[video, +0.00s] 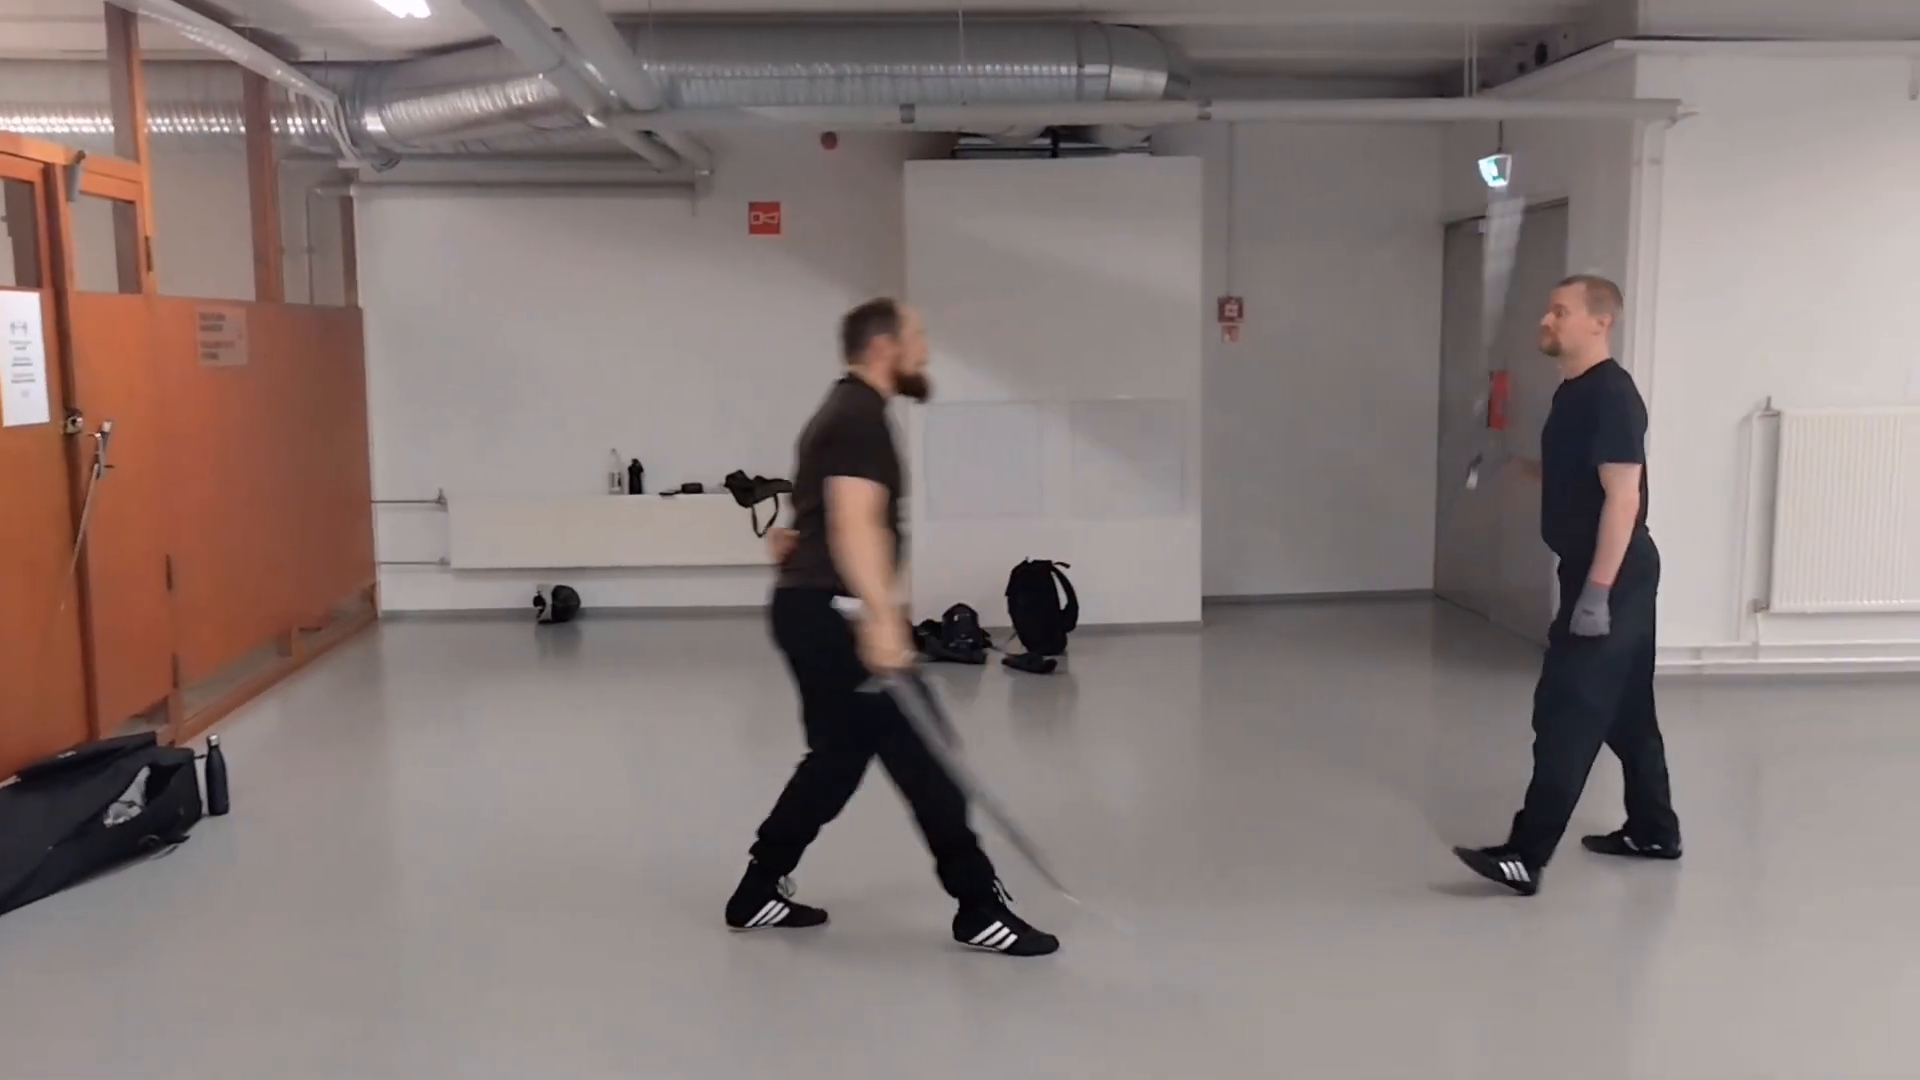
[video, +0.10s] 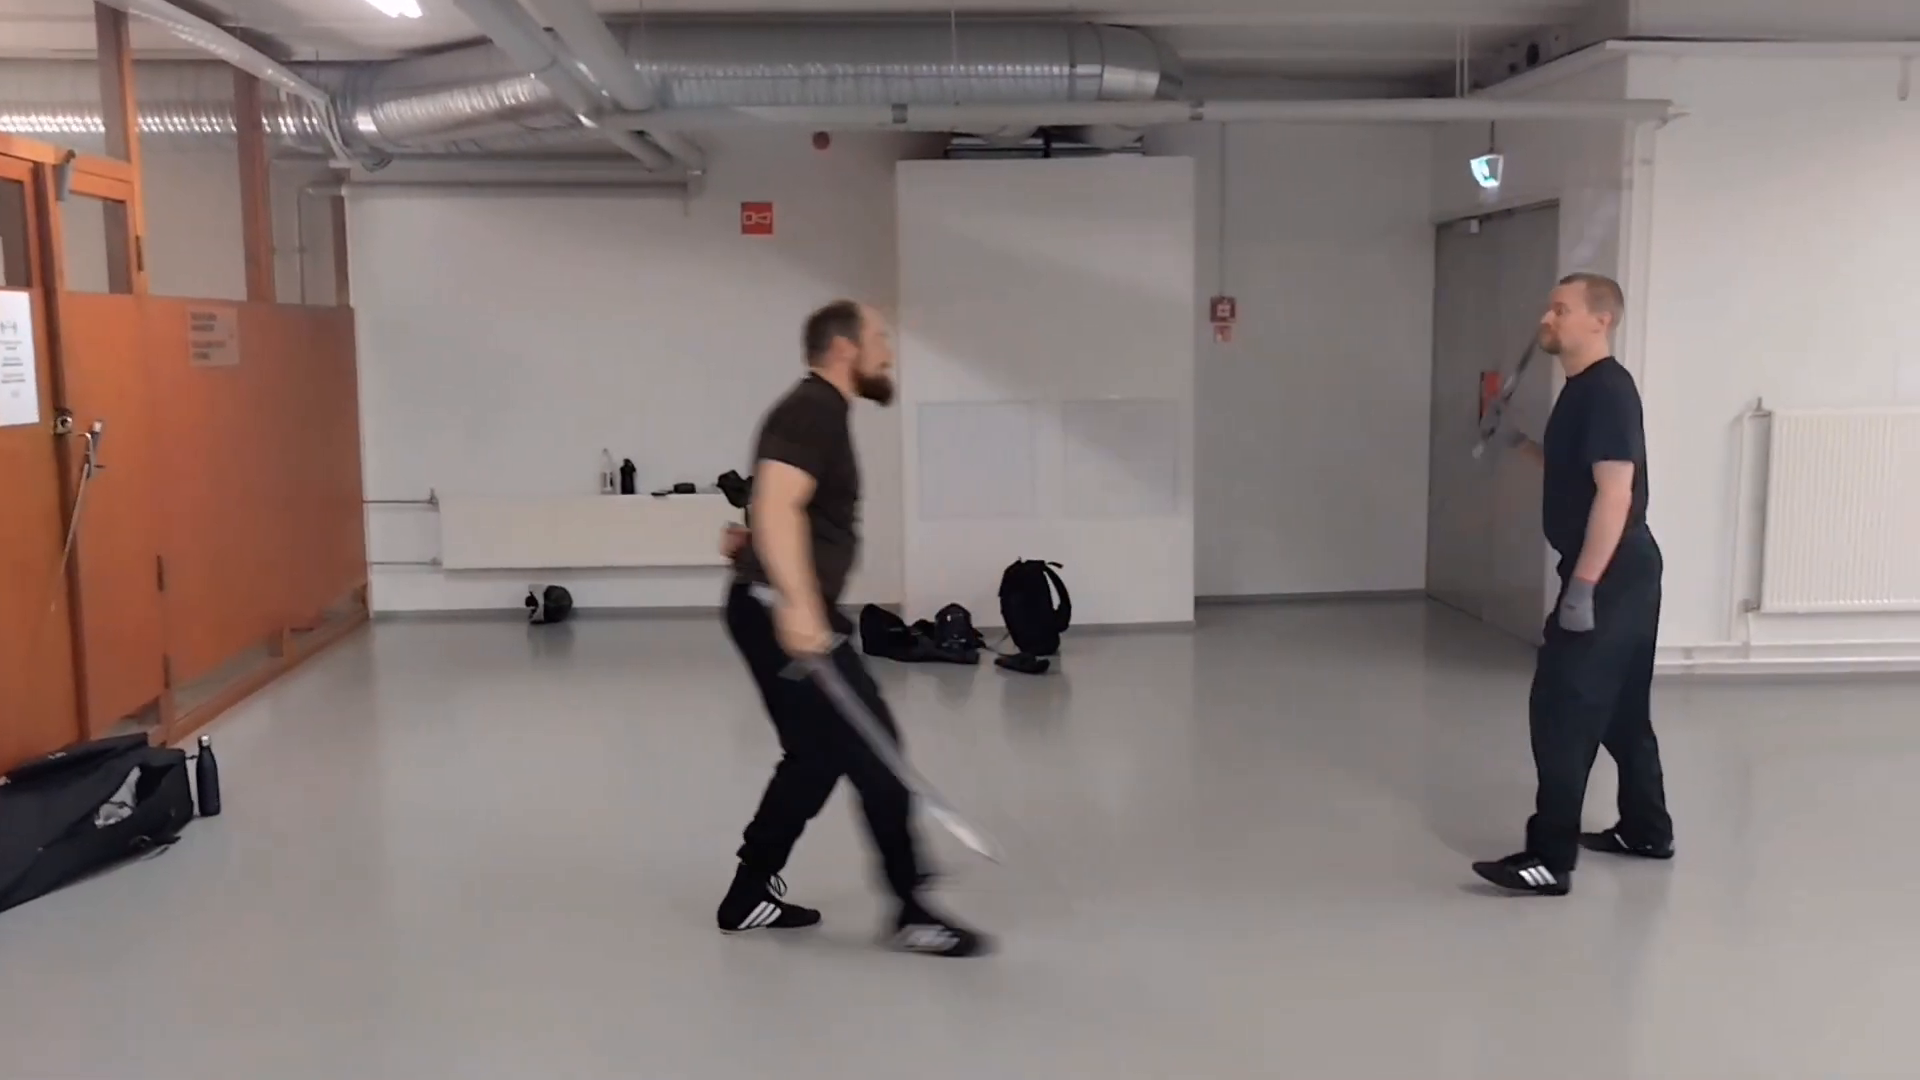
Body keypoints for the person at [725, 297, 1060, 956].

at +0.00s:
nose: (925, 350)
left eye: (922, 338)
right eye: (916, 337)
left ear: (872, 348)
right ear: (882, 346)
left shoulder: (841, 413)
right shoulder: (859, 416)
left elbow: (796, 534)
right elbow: (854, 522)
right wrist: (881, 616)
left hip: (815, 612)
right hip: (837, 612)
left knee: (839, 756)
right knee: (921, 755)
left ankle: (757, 892)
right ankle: (979, 908)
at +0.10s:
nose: (889, 353)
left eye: (886, 340)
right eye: (879, 340)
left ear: (839, 348)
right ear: (842, 347)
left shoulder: (825, 413)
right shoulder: (810, 410)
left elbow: (802, 510)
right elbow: (774, 509)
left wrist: (758, 541)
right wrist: (801, 606)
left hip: (786, 609)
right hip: (783, 611)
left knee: (815, 750)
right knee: (873, 745)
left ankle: (749, 893)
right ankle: (911, 909)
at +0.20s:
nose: (855, 350)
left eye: (852, 338)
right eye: (845, 337)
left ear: (808, 347)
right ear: (809, 346)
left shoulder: (794, 412)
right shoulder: (773, 406)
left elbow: (748, 506)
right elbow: (720, 502)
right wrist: (732, 600)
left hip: (764, 607)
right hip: (743, 609)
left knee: (804, 746)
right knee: (796, 747)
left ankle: (760, 889)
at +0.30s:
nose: (824, 350)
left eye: (820, 337)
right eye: (813, 337)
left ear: (776, 350)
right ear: (774, 347)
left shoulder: (760, 413)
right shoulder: (732, 404)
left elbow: (715, 501)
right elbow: (674, 499)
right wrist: (683, 595)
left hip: (727, 605)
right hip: (688, 603)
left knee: (763, 752)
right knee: (724, 750)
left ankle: (734, 896)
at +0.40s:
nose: (785, 353)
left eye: (781, 340)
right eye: (774, 341)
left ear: (736, 352)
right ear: (736, 352)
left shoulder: (724, 418)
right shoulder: (696, 409)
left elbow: (670, 508)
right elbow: (637, 504)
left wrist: (635, 525)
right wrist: (653, 603)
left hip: (688, 614)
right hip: (638, 613)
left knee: (738, 749)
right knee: (619, 761)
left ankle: (727, 897)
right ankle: (503, 887)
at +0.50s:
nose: (740, 362)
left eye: (736, 349)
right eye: (728, 350)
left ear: (693, 362)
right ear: (689, 361)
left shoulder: (680, 431)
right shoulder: (646, 422)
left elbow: (637, 519)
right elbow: (595, 520)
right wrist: (626, 615)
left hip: (651, 629)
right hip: (594, 630)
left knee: (713, 752)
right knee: (537, 767)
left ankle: (720, 897)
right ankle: (424, 899)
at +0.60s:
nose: (690, 371)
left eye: (687, 358)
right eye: (679, 357)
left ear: (641, 369)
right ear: (635, 366)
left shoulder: (636, 446)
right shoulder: (587, 429)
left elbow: (599, 539)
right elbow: (541, 528)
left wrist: (605, 617)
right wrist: (579, 621)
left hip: (605, 633)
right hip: (540, 634)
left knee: (677, 756)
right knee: (487, 778)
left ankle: (713, 896)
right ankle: (396, 918)